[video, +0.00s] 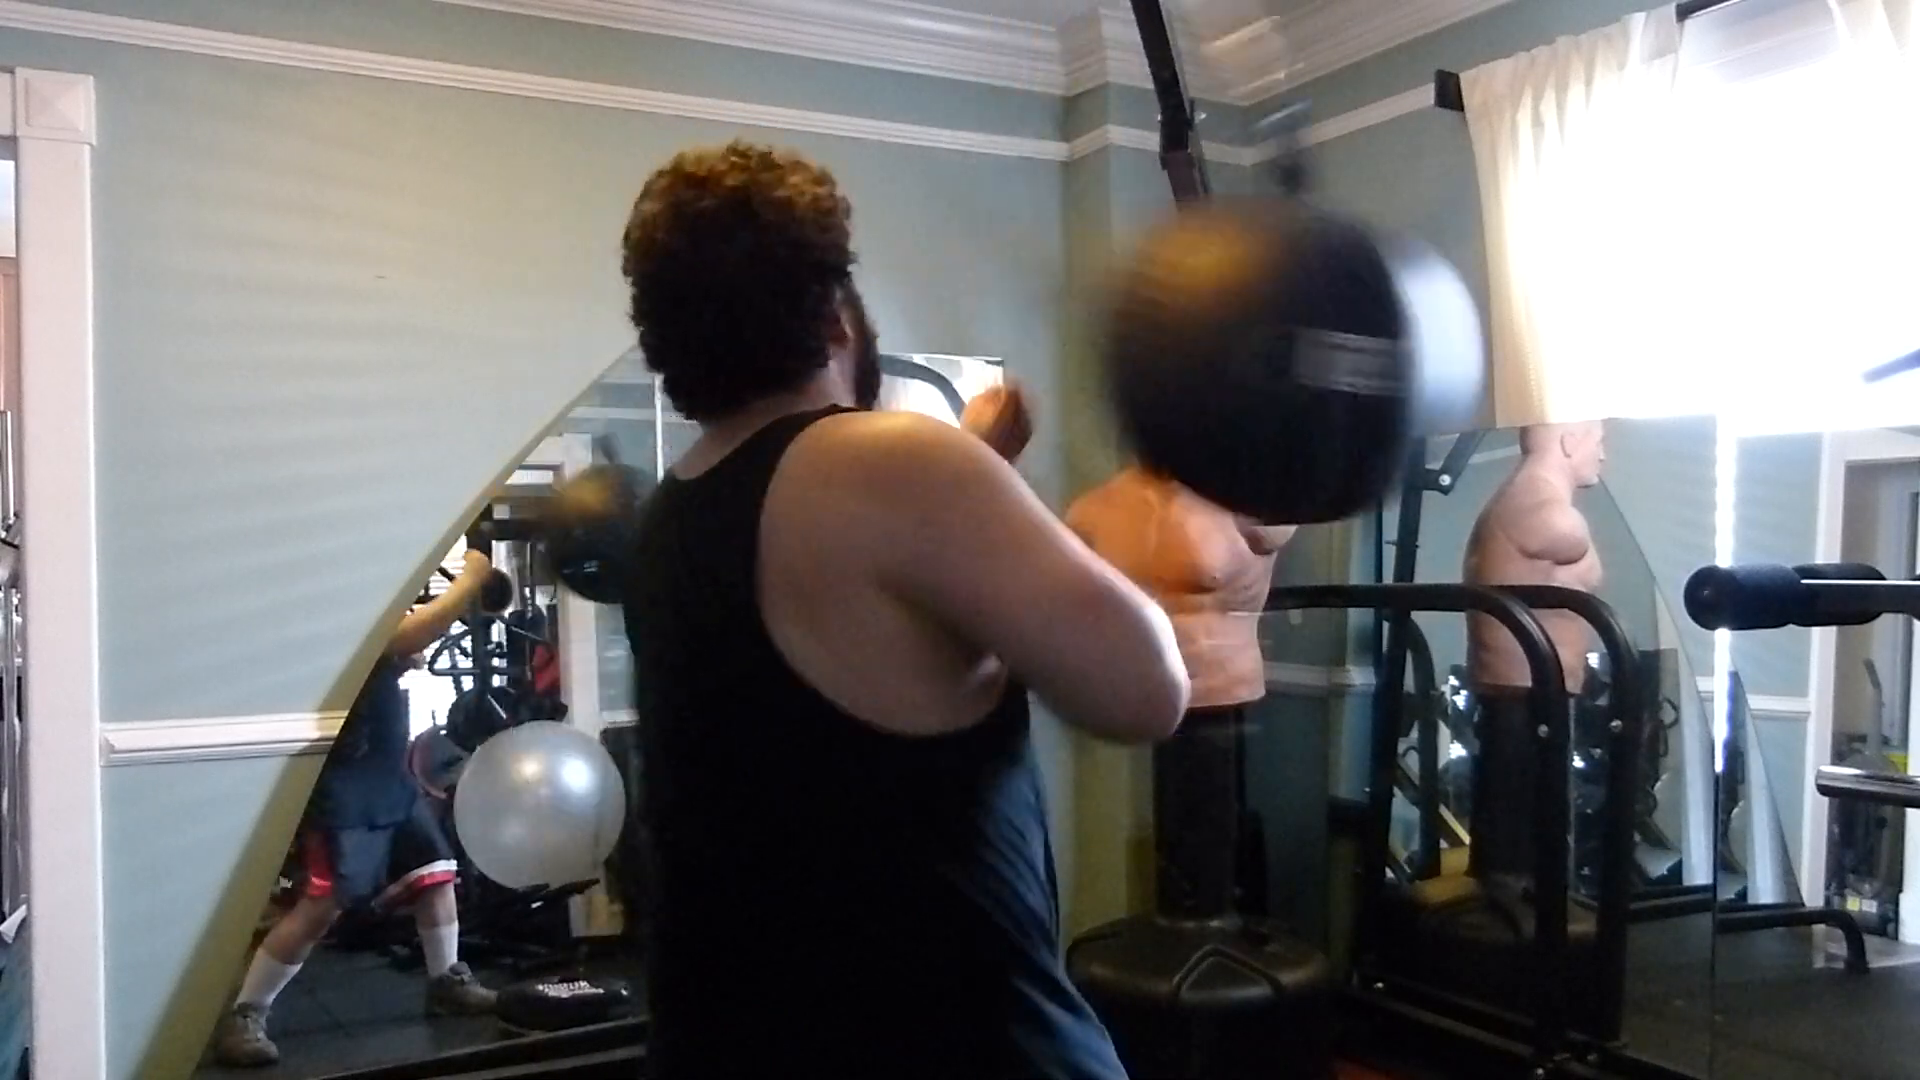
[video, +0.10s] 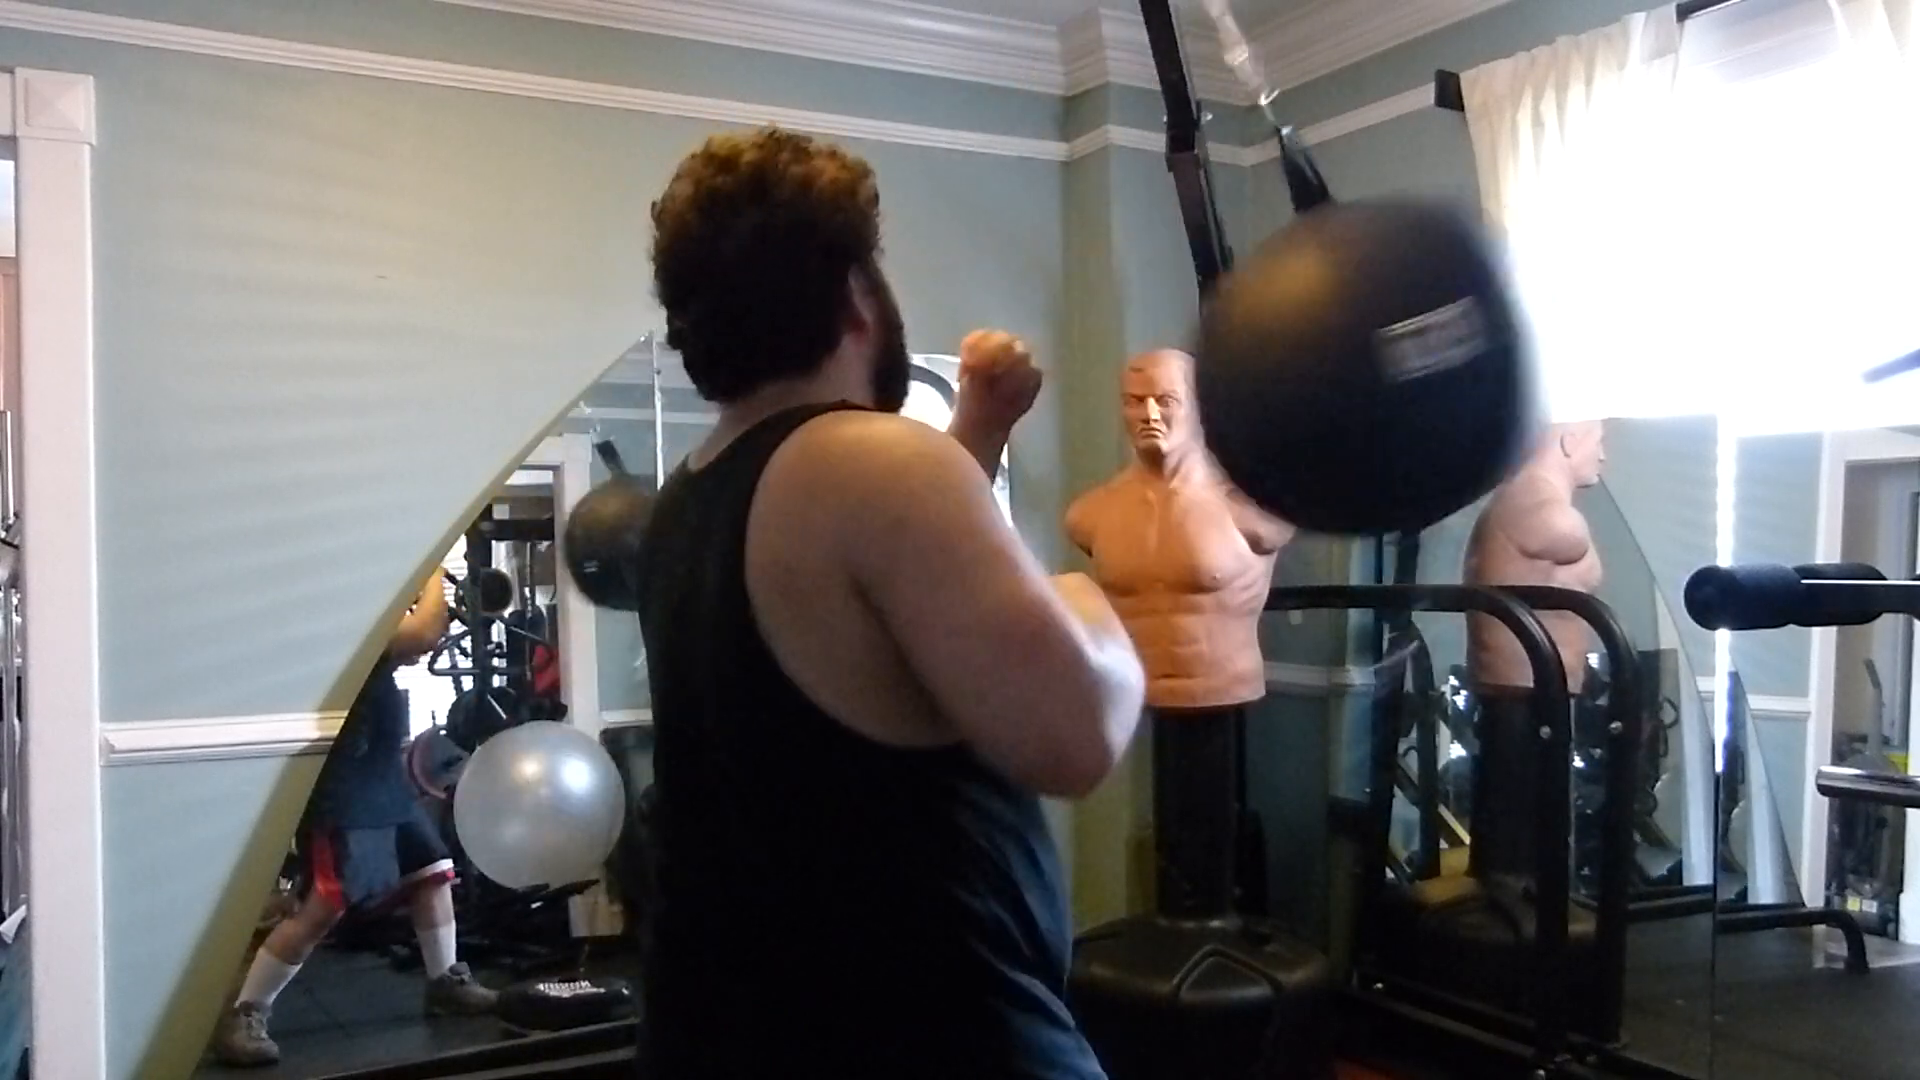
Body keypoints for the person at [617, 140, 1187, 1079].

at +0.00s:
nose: (862, 311)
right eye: (853, 285)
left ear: (661, 343)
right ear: (837, 312)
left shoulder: (672, 517)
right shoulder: (903, 463)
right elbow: (1148, 696)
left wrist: (966, 464)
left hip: (738, 1022)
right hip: (956, 1026)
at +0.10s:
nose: (894, 300)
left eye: (883, 270)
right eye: (882, 272)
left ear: (694, 322)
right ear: (855, 296)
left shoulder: (690, 500)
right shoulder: (884, 465)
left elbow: (883, 620)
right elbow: (1076, 743)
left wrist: (977, 434)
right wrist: (1080, 605)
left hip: (744, 1009)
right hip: (937, 1018)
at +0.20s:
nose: (890, 301)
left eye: (881, 270)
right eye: (880, 270)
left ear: (692, 312)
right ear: (851, 287)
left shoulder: (650, 499)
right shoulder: (877, 475)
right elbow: (1030, 785)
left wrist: (928, 484)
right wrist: (1033, 595)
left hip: (705, 1001)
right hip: (906, 1015)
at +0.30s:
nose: (869, 316)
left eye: (863, 285)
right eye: (858, 284)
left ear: (665, 307)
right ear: (817, 293)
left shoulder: (599, 512)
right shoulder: (864, 483)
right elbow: (1016, 805)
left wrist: (884, 489)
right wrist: (963, 534)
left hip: (665, 1014)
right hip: (881, 1023)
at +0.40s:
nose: (842, 308)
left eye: (834, 273)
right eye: (831, 275)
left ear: (631, 307)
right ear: (790, 294)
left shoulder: (561, 513)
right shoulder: (860, 485)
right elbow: (1012, 805)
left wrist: (871, 478)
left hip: (635, 1027)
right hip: (866, 1033)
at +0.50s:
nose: (834, 298)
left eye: (828, 267)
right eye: (824, 268)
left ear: (626, 300)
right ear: (789, 285)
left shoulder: (554, 499)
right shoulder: (865, 472)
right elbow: (997, 813)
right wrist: (1042, 706)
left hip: (625, 1028)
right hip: (868, 1033)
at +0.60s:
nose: (874, 287)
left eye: (868, 260)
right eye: (867, 262)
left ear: (662, 291)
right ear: (836, 282)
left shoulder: (575, 481)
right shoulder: (923, 494)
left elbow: (566, 702)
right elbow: (1036, 831)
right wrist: (1135, 763)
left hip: (641, 1024)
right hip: (895, 1030)